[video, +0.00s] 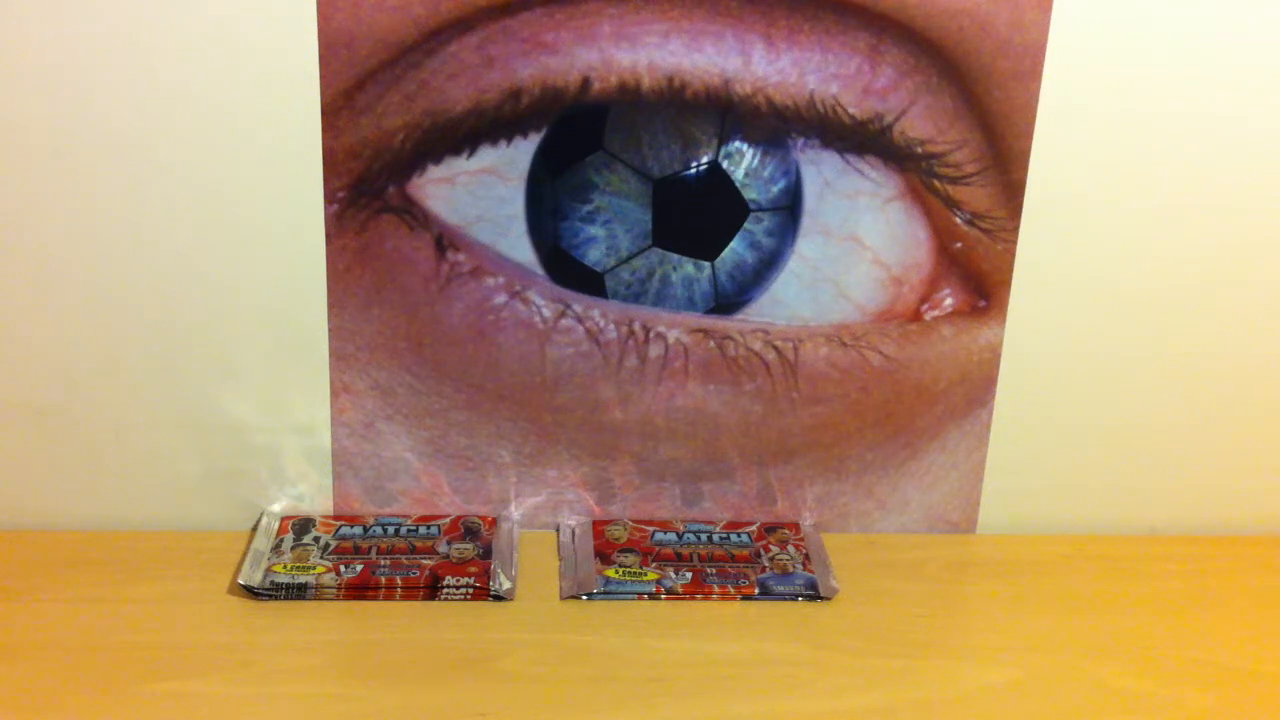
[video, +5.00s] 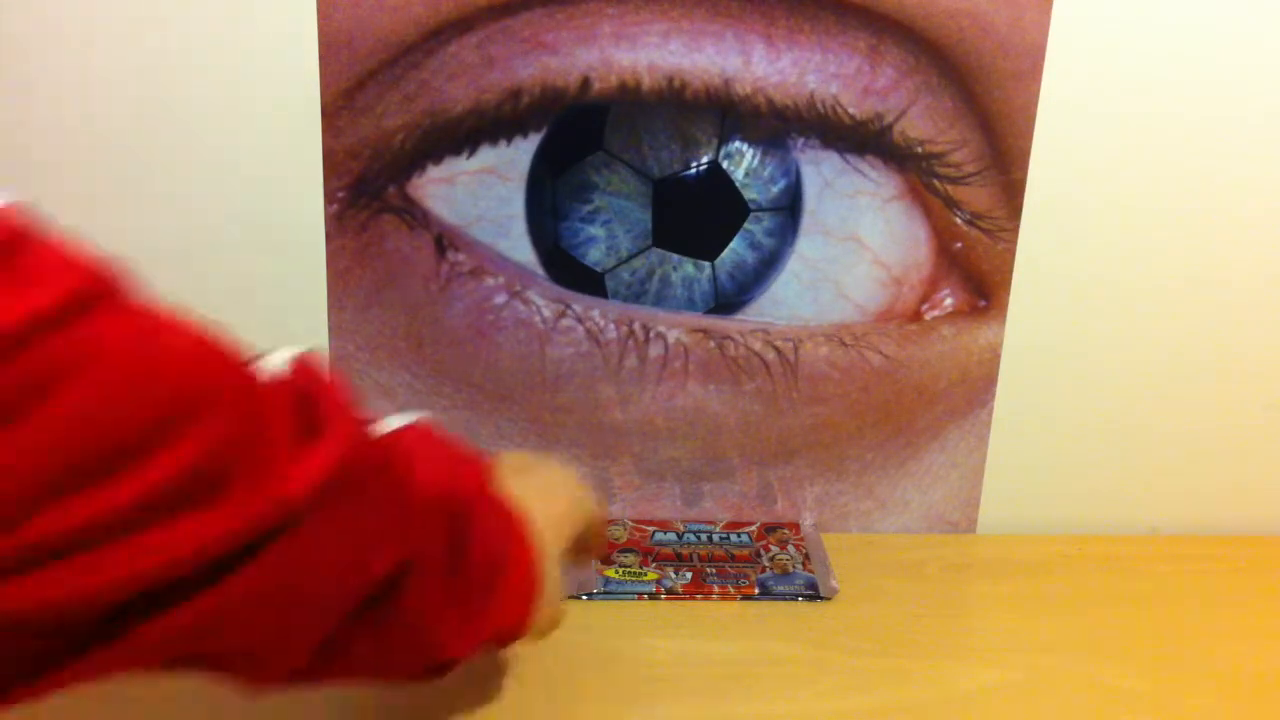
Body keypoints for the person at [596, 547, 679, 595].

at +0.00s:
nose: (621, 560)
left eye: (626, 557)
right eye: (619, 557)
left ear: (638, 558)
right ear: (616, 558)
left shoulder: (651, 573)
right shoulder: (610, 571)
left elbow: (672, 589)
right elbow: (596, 589)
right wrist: (596, 574)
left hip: (641, 607)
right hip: (612, 606)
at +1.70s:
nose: (621, 560)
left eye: (626, 557)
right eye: (619, 557)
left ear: (638, 558)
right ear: (616, 558)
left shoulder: (651, 573)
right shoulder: (609, 571)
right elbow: (597, 589)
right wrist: (596, 574)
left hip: (641, 606)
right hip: (612, 605)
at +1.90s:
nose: (621, 560)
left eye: (626, 557)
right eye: (619, 557)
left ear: (638, 558)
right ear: (616, 558)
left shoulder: (651, 573)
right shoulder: (609, 571)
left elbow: (674, 589)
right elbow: (596, 589)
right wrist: (597, 574)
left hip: (640, 606)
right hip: (612, 605)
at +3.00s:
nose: (621, 560)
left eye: (626, 557)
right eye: (619, 557)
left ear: (638, 558)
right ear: (616, 558)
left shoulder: (650, 573)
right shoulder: (610, 571)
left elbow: (665, 582)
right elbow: (597, 586)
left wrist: (672, 588)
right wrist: (597, 574)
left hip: (642, 604)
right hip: (613, 604)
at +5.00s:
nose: (621, 560)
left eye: (626, 557)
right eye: (619, 557)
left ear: (638, 558)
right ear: (616, 558)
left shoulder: (651, 573)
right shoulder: (609, 572)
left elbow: (669, 586)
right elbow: (597, 587)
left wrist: (675, 589)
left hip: (642, 606)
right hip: (613, 606)